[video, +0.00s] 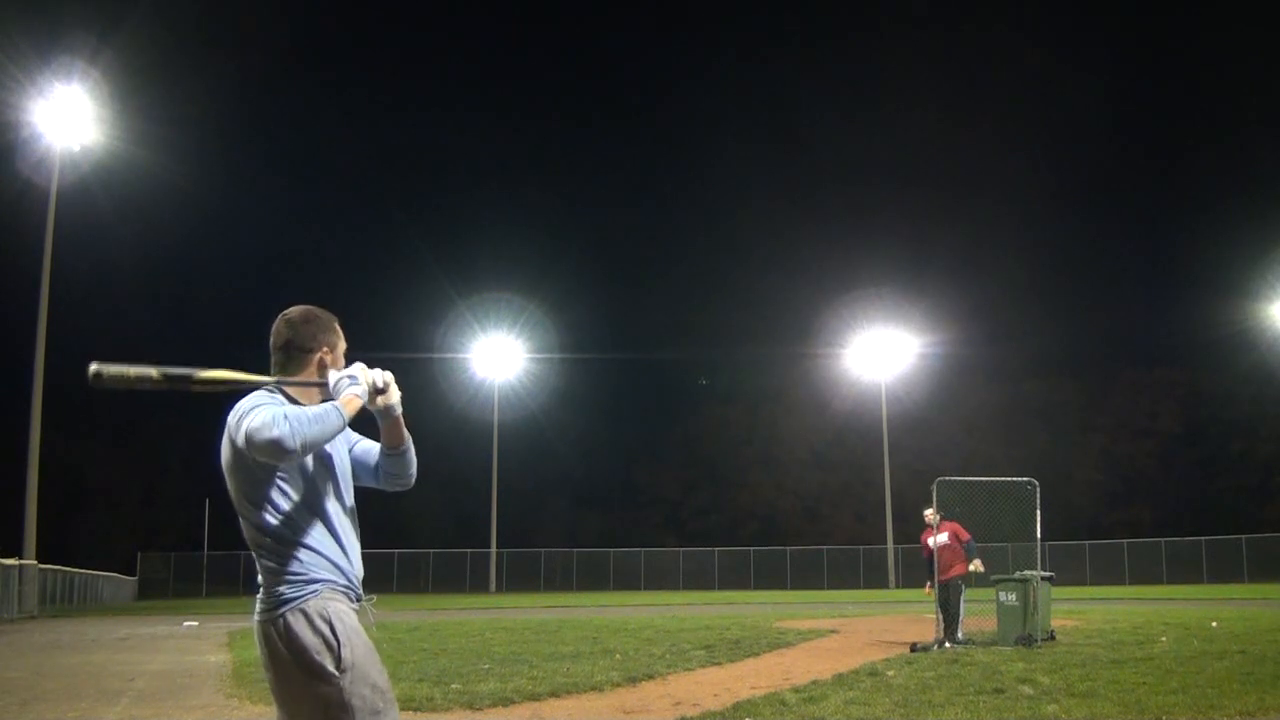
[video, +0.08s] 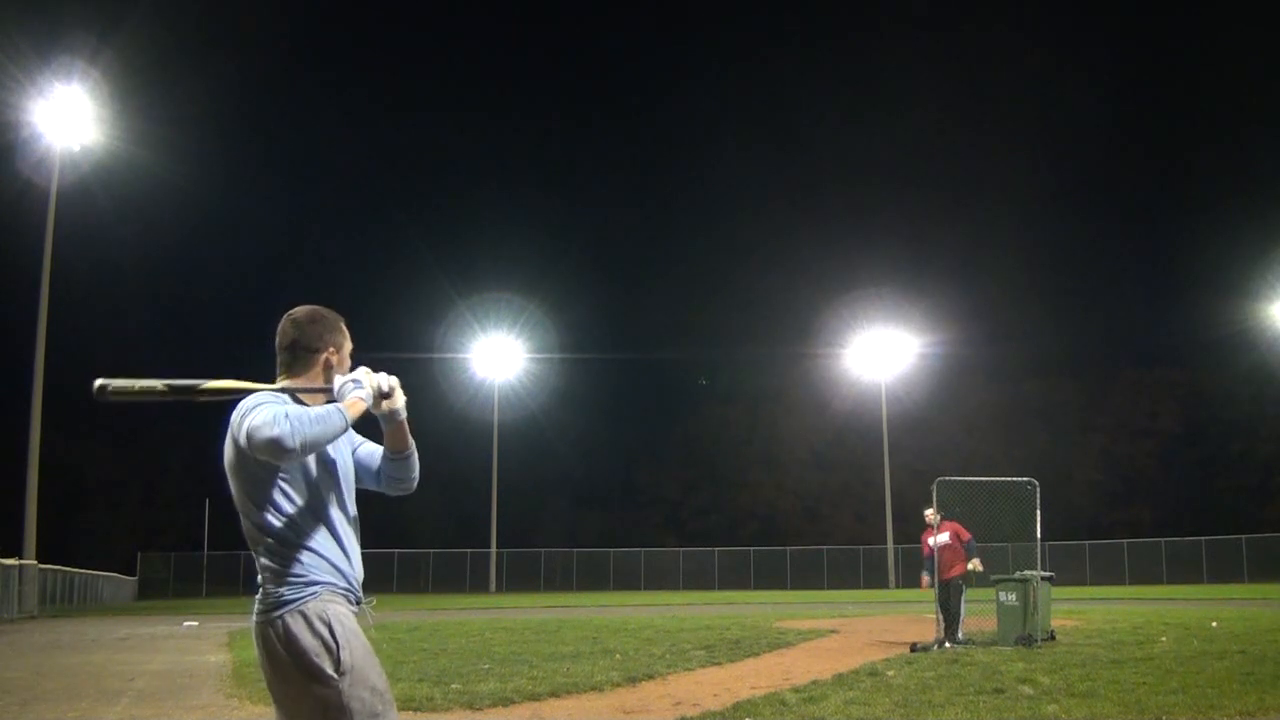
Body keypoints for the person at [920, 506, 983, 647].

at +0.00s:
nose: (929, 518)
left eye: (931, 515)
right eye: (926, 516)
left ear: (938, 515)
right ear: (924, 519)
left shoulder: (952, 527)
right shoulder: (925, 536)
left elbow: (968, 541)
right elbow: (928, 560)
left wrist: (974, 558)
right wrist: (929, 580)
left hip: (957, 571)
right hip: (941, 575)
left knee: (954, 605)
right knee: (943, 606)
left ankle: (952, 637)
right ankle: (947, 636)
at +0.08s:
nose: (929, 518)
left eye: (931, 515)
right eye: (926, 516)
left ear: (938, 515)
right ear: (925, 519)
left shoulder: (952, 526)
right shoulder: (926, 536)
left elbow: (969, 540)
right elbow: (928, 557)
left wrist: (974, 557)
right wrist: (926, 573)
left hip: (957, 571)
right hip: (942, 575)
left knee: (955, 606)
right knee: (944, 607)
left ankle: (953, 637)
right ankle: (948, 636)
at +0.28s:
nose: (932, 516)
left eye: (934, 512)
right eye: (930, 514)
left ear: (941, 513)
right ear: (928, 517)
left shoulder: (955, 525)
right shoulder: (930, 529)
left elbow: (971, 539)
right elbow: (919, 531)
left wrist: (973, 553)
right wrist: (918, 521)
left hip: (958, 573)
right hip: (942, 575)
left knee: (955, 606)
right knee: (946, 607)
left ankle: (954, 636)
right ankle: (949, 636)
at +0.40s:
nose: (940, 512)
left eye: (942, 509)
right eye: (937, 510)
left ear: (948, 512)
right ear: (933, 514)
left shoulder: (959, 525)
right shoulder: (933, 527)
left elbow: (973, 541)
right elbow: (922, 530)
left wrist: (974, 555)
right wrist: (917, 517)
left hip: (958, 572)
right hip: (942, 573)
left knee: (955, 605)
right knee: (944, 605)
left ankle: (953, 637)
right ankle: (951, 634)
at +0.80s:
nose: (952, 514)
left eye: (955, 511)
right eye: (949, 512)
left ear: (960, 514)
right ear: (945, 515)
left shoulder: (968, 530)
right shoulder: (940, 532)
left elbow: (979, 550)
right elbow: (938, 555)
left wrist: (980, 569)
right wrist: (937, 574)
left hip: (962, 573)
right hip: (947, 575)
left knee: (958, 606)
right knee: (952, 607)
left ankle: (954, 636)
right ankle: (970, 631)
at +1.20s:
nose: (959, 514)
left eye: (962, 511)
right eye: (957, 511)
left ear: (967, 513)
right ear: (953, 513)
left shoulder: (973, 529)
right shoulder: (954, 530)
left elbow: (982, 549)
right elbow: (957, 553)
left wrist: (977, 566)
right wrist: (954, 570)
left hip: (969, 572)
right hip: (959, 573)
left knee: (968, 605)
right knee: (964, 605)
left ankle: (969, 635)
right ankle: (969, 633)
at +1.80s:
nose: (965, 511)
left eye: (969, 509)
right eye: (965, 509)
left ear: (977, 513)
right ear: (965, 511)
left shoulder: (984, 528)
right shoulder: (964, 528)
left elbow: (986, 551)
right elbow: (964, 549)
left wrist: (967, 558)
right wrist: (957, 562)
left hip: (980, 573)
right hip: (967, 573)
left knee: (979, 605)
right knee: (967, 606)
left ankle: (982, 635)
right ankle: (972, 635)